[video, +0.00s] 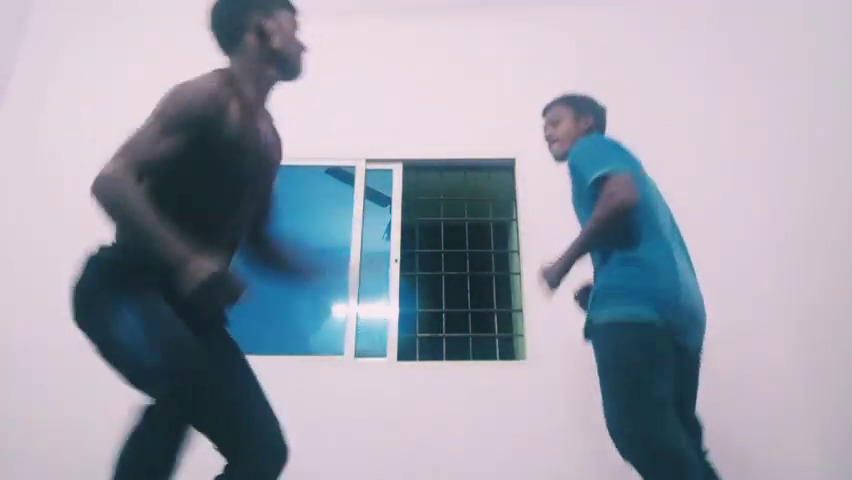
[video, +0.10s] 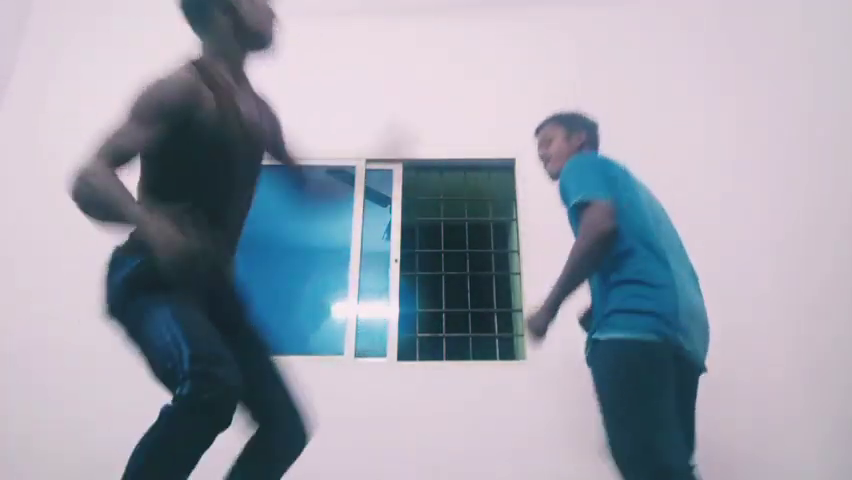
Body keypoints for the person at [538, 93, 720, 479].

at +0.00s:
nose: (547, 133)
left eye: (555, 122)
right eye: (545, 127)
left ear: (586, 122)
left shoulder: (590, 147)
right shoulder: (628, 163)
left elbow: (622, 193)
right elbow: (652, 252)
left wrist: (563, 261)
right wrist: (603, 287)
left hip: (634, 305)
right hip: (679, 309)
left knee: (638, 427)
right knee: (675, 429)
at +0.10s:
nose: (541, 153)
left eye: (548, 142)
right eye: (538, 147)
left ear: (579, 139)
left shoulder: (583, 165)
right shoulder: (628, 186)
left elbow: (600, 225)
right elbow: (651, 263)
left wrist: (548, 307)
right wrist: (603, 304)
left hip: (632, 326)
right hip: (682, 334)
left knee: (643, 459)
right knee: (673, 460)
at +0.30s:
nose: (546, 212)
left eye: (551, 201)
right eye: (545, 204)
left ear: (580, 198)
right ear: (586, 201)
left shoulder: (580, 223)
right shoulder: (636, 240)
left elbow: (531, 263)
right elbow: (644, 329)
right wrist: (583, 332)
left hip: (633, 355)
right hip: (690, 364)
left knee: (580, 465)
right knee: (648, 471)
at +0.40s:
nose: (559, 203)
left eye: (565, 193)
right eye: (559, 195)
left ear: (594, 192)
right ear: (599, 195)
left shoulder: (586, 217)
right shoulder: (652, 238)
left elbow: (513, 219)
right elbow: (650, 301)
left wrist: (473, 214)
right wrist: (591, 311)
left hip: (615, 359)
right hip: (678, 372)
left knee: (560, 466)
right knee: (637, 474)